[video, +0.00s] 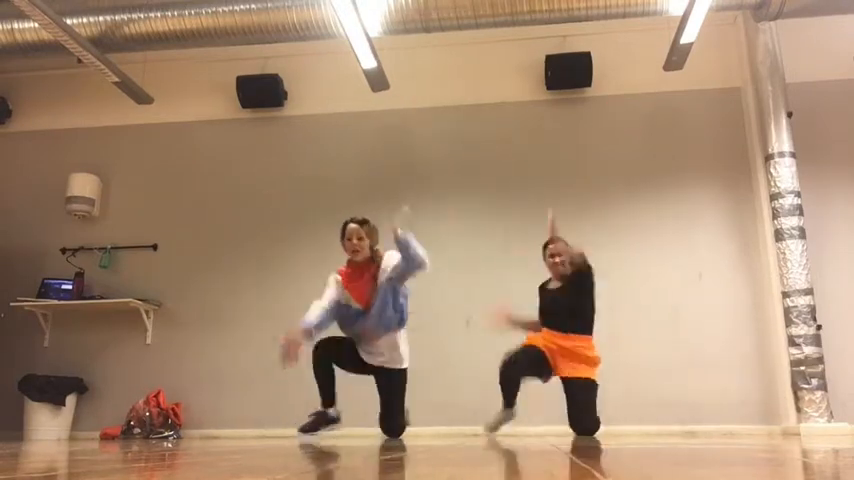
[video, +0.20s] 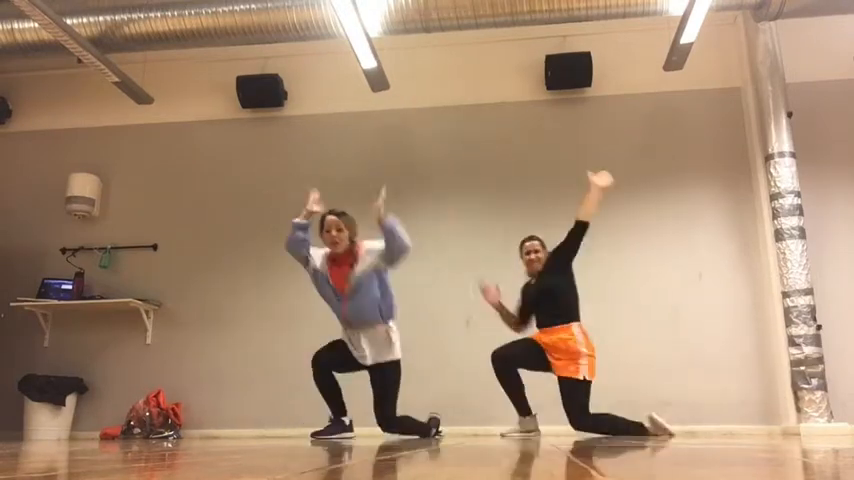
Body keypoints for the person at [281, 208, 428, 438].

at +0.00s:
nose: (354, 244)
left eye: (360, 238)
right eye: (349, 239)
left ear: (372, 241)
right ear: (343, 244)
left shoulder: (389, 266)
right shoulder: (340, 279)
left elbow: (418, 263)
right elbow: (324, 308)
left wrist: (402, 237)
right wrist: (301, 333)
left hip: (391, 357)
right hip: (362, 352)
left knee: (392, 430)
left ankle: (401, 416)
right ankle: (328, 411)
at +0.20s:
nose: (333, 235)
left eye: (339, 229)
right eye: (328, 230)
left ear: (350, 232)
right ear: (322, 235)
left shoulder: (372, 254)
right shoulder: (319, 262)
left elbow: (400, 249)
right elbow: (295, 246)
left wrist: (384, 220)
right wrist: (306, 216)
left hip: (383, 344)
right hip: (355, 344)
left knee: (387, 422)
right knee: (320, 361)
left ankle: (430, 430)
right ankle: (341, 422)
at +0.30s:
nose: (325, 219)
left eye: (330, 213)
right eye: (319, 214)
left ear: (342, 215)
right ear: (313, 220)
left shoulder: (363, 237)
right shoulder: (315, 259)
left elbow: (394, 228)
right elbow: (294, 264)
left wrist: (411, 205)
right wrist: (287, 242)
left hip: (378, 332)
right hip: (347, 332)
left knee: (389, 403)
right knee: (319, 364)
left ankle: (426, 427)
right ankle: (339, 421)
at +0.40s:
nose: (318, 204)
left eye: (323, 198)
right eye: (312, 199)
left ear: (335, 202)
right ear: (307, 207)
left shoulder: (355, 226)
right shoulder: (318, 245)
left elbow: (390, 238)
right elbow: (308, 281)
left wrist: (424, 242)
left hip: (380, 315)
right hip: (350, 319)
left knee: (381, 384)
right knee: (322, 361)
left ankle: (422, 405)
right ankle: (339, 421)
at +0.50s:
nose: (315, 199)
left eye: (322, 193)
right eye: (310, 195)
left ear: (336, 198)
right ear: (307, 202)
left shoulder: (353, 228)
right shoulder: (311, 238)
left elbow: (376, 258)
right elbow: (308, 278)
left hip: (384, 305)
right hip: (355, 312)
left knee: (359, 353)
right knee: (320, 357)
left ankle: (411, 391)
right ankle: (340, 420)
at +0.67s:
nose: (325, 189)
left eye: (331, 183)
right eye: (320, 185)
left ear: (345, 188)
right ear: (316, 193)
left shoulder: (364, 215)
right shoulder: (313, 230)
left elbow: (387, 243)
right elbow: (281, 247)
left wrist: (368, 230)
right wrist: (271, 221)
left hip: (379, 303)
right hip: (346, 312)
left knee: (387, 340)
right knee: (304, 357)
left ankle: (397, 413)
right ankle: (333, 416)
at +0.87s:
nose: (328, 189)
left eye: (334, 183)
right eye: (323, 184)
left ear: (347, 184)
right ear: (318, 189)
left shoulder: (370, 203)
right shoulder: (327, 227)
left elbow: (395, 219)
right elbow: (335, 271)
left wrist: (358, 230)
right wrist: (312, 266)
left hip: (380, 296)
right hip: (344, 301)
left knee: (412, 338)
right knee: (325, 361)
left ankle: (395, 409)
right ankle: (308, 416)